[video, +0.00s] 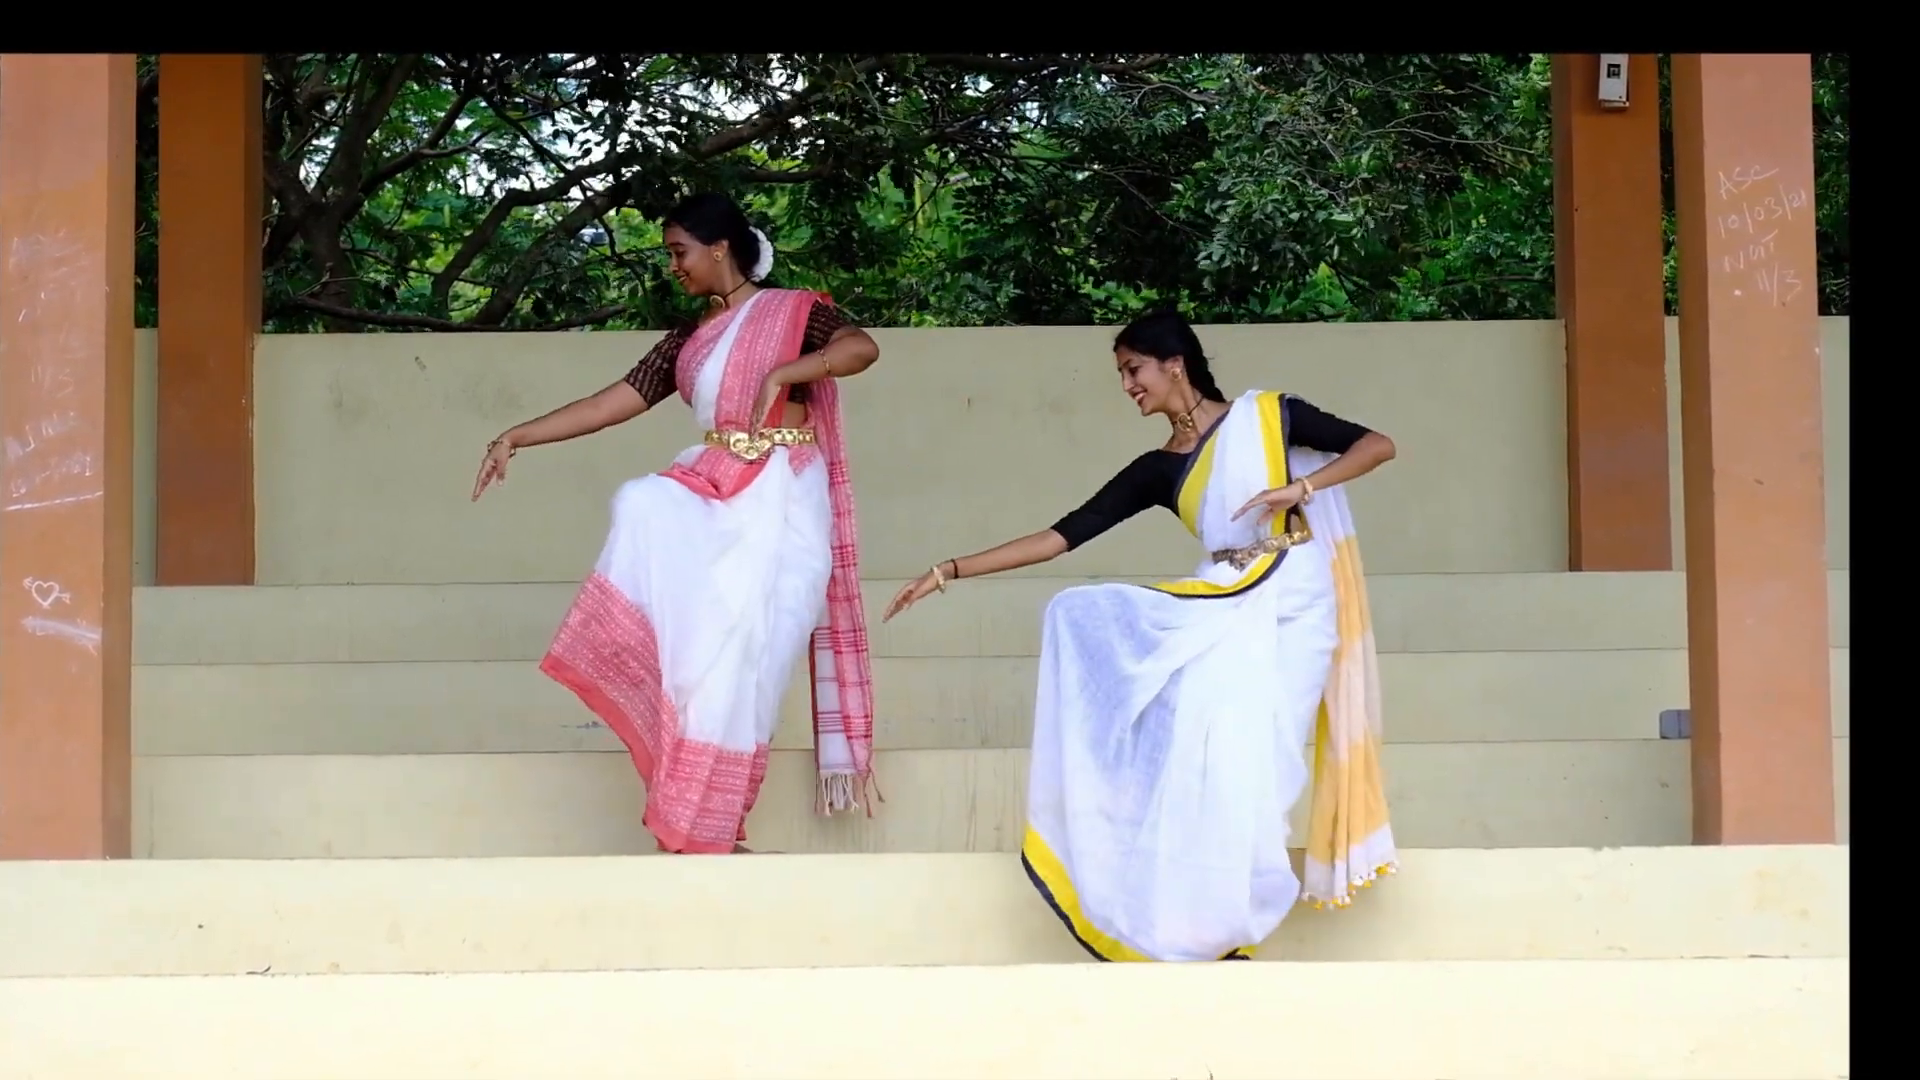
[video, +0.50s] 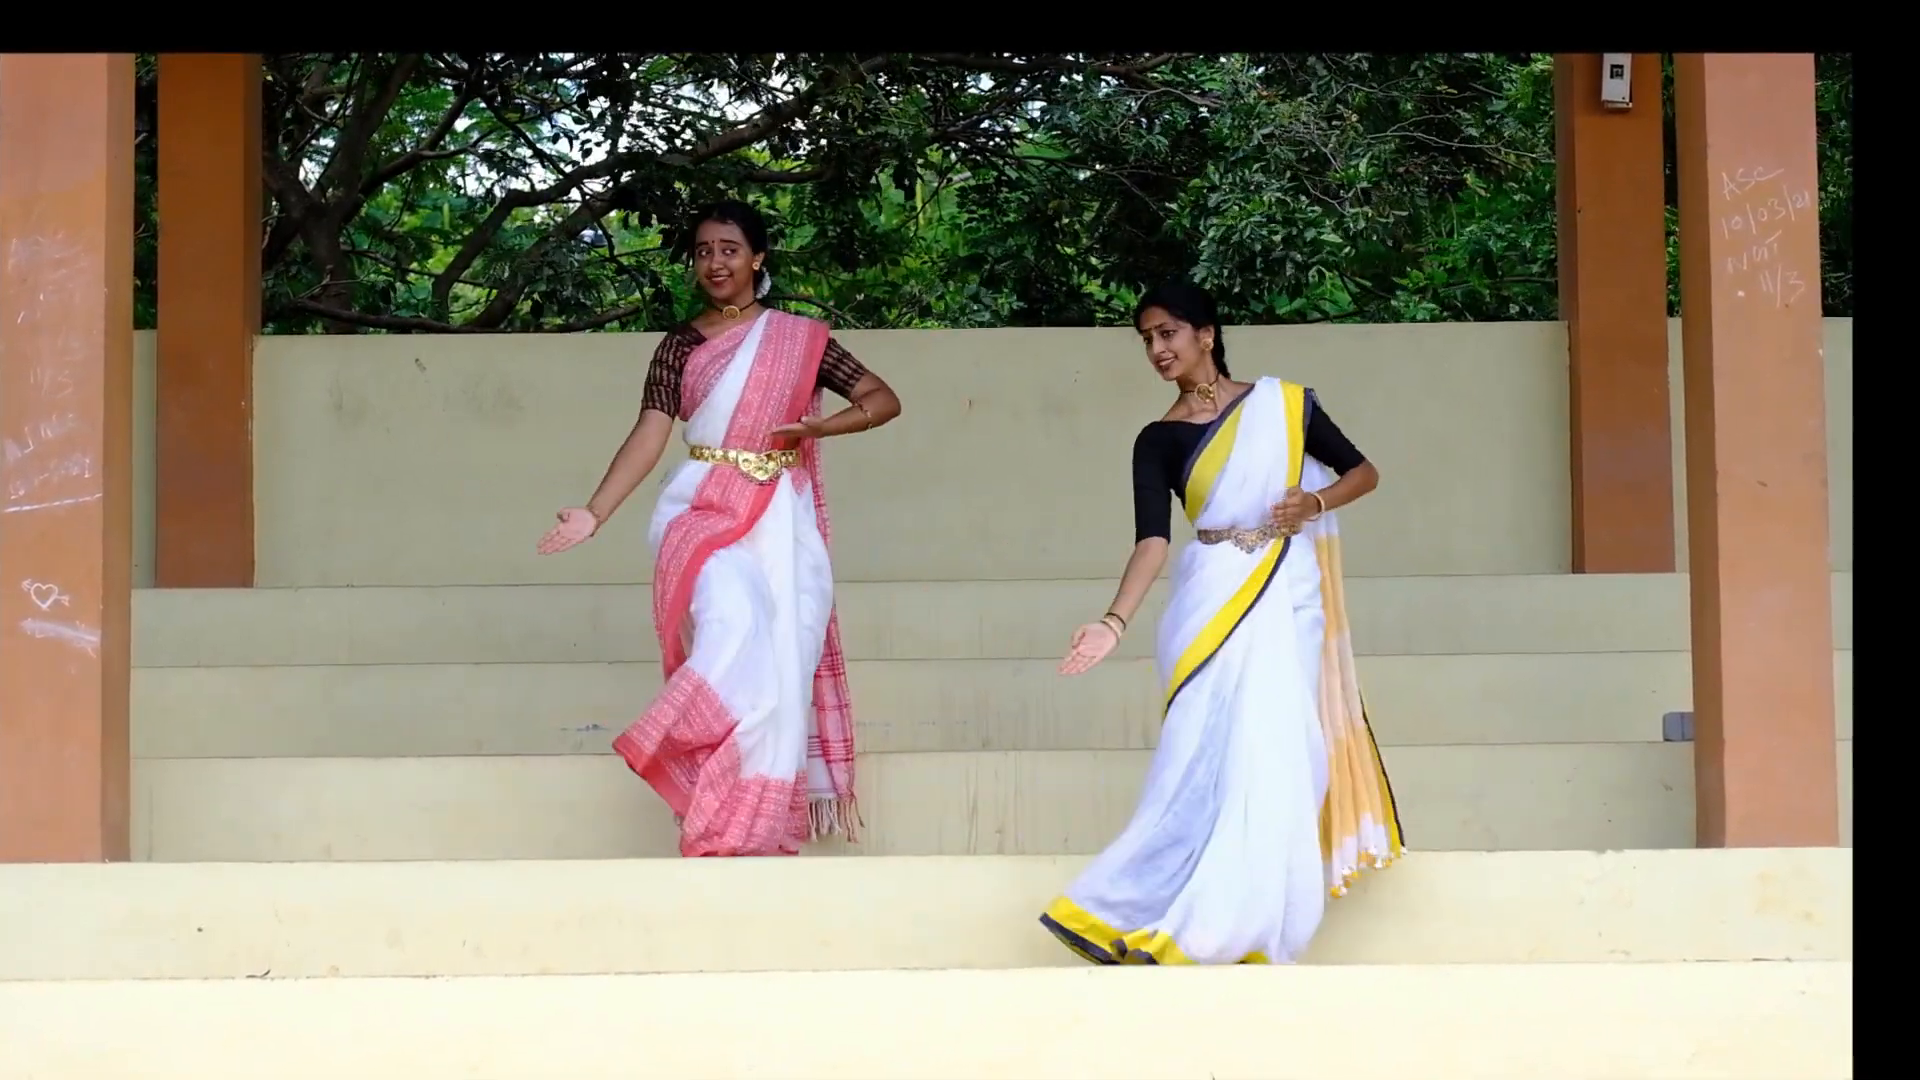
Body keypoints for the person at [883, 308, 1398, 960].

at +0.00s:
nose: (1128, 386)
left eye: (1135, 370)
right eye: (1122, 375)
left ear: (1177, 363)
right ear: (1143, 379)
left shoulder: (1267, 413)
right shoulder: (1160, 469)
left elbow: (1379, 446)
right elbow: (1057, 537)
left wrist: (1304, 488)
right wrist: (948, 570)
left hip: (1300, 590)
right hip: (1229, 602)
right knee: (1072, 609)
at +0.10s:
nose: (1128, 386)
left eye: (1134, 370)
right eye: (1122, 375)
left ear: (1177, 362)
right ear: (1146, 376)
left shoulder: (1267, 414)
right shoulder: (1162, 468)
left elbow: (1378, 446)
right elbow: (1059, 541)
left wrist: (1304, 488)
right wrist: (950, 572)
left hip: (1297, 593)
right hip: (1226, 601)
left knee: (1215, 722)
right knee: (1075, 613)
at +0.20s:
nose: (1128, 385)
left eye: (1135, 369)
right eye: (1123, 374)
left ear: (1178, 362)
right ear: (1151, 374)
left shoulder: (1266, 413)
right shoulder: (1162, 469)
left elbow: (1379, 446)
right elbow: (1067, 549)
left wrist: (1303, 492)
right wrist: (959, 587)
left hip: (1297, 595)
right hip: (1227, 603)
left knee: (1214, 728)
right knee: (1083, 628)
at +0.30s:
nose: (1130, 382)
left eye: (1137, 366)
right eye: (1125, 371)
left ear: (1179, 360)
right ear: (1153, 372)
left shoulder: (1271, 411)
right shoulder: (1161, 469)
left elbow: (1380, 451)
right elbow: (1083, 560)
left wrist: (1312, 500)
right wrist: (981, 610)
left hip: (1299, 597)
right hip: (1223, 604)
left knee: (1242, 735)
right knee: (1098, 672)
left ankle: (1228, 915)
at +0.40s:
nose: (1140, 372)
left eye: (1148, 356)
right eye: (1134, 361)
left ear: (1190, 349)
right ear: (1148, 364)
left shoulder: (1275, 407)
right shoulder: (1160, 457)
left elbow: (1375, 464)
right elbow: (1115, 562)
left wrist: (1317, 505)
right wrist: (1038, 628)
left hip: (1295, 590)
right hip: (1218, 596)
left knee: (1254, 736)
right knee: (1151, 727)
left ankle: (1236, 914)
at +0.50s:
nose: (1157, 351)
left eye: (1167, 334)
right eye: (1147, 339)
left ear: (1205, 332)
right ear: (1146, 346)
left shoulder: (1284, 402)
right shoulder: (1160, 440)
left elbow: (1364, 472)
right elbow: (1152, 542)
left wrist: (1317, 502)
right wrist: (1114, 621)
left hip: (1285, 593)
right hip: (1208, 596)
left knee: (1265, 751)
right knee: (1205, 753)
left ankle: (1249, 923)